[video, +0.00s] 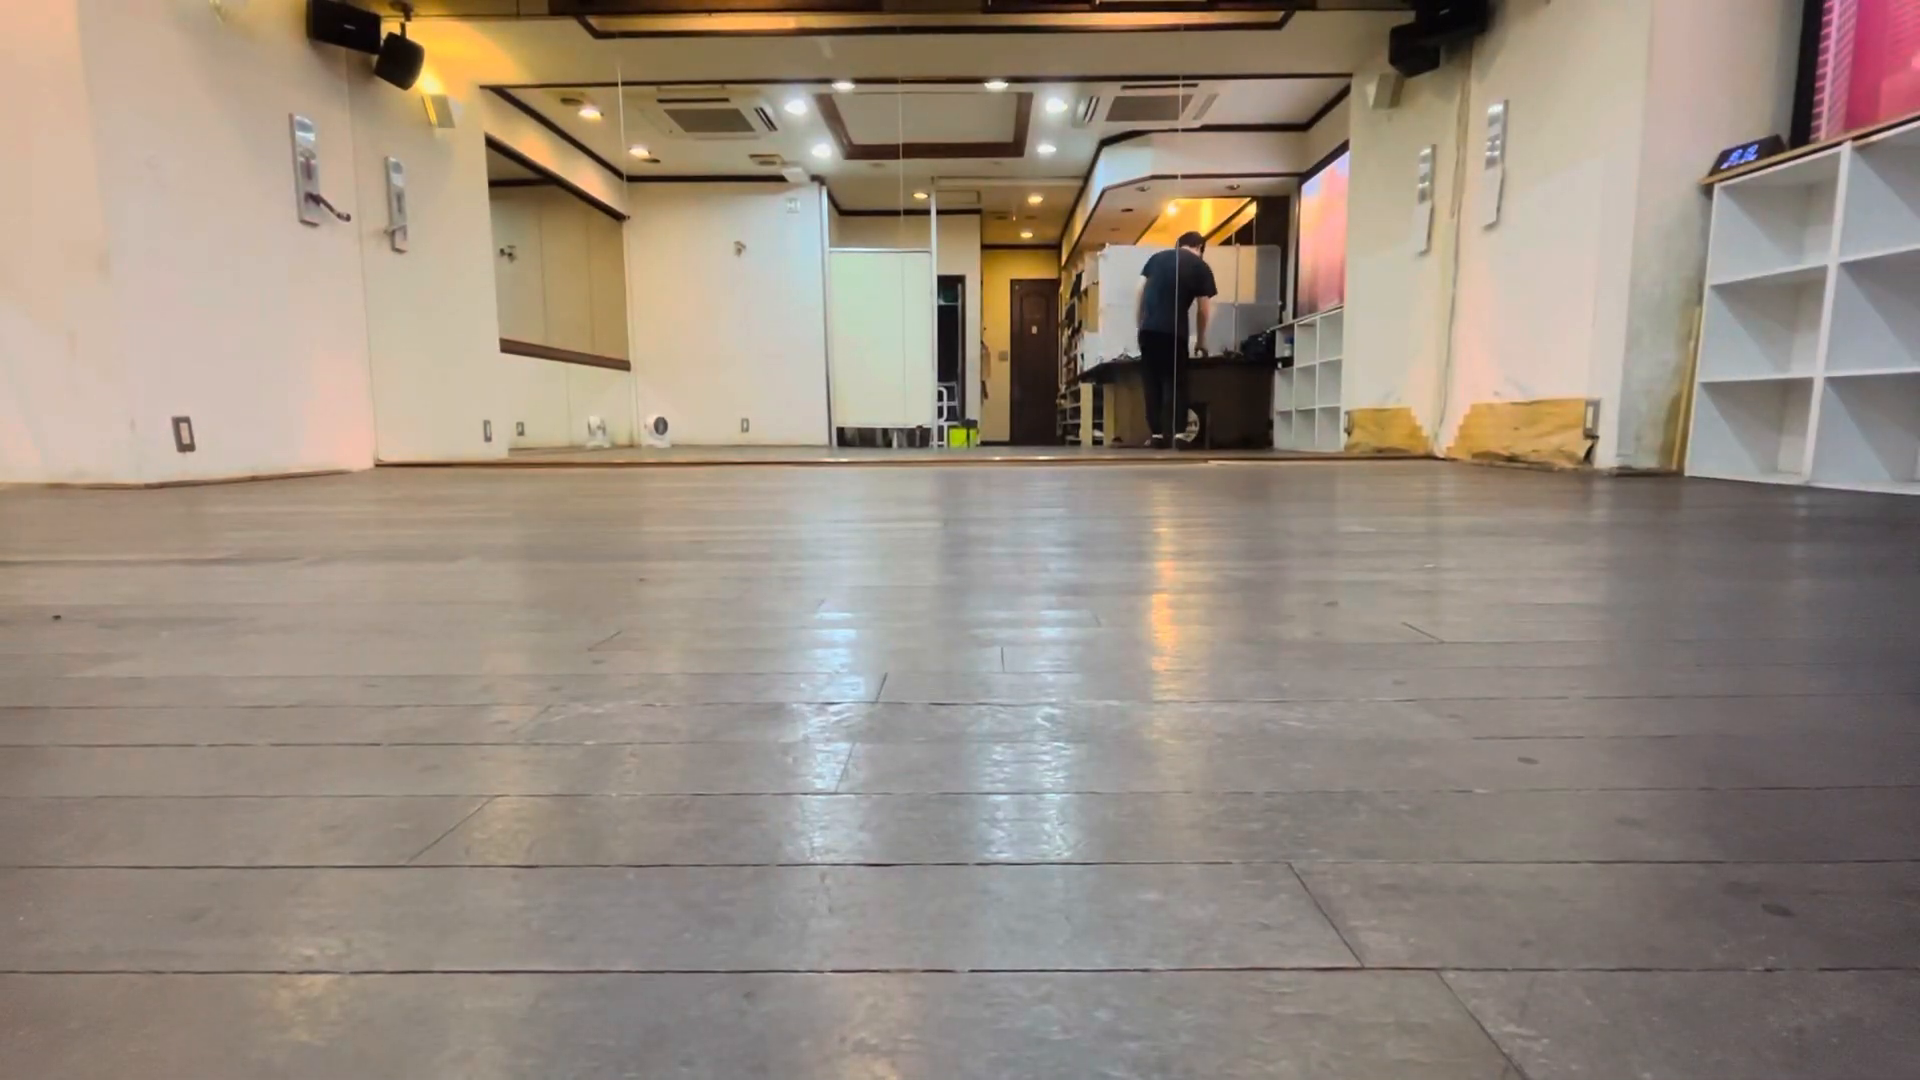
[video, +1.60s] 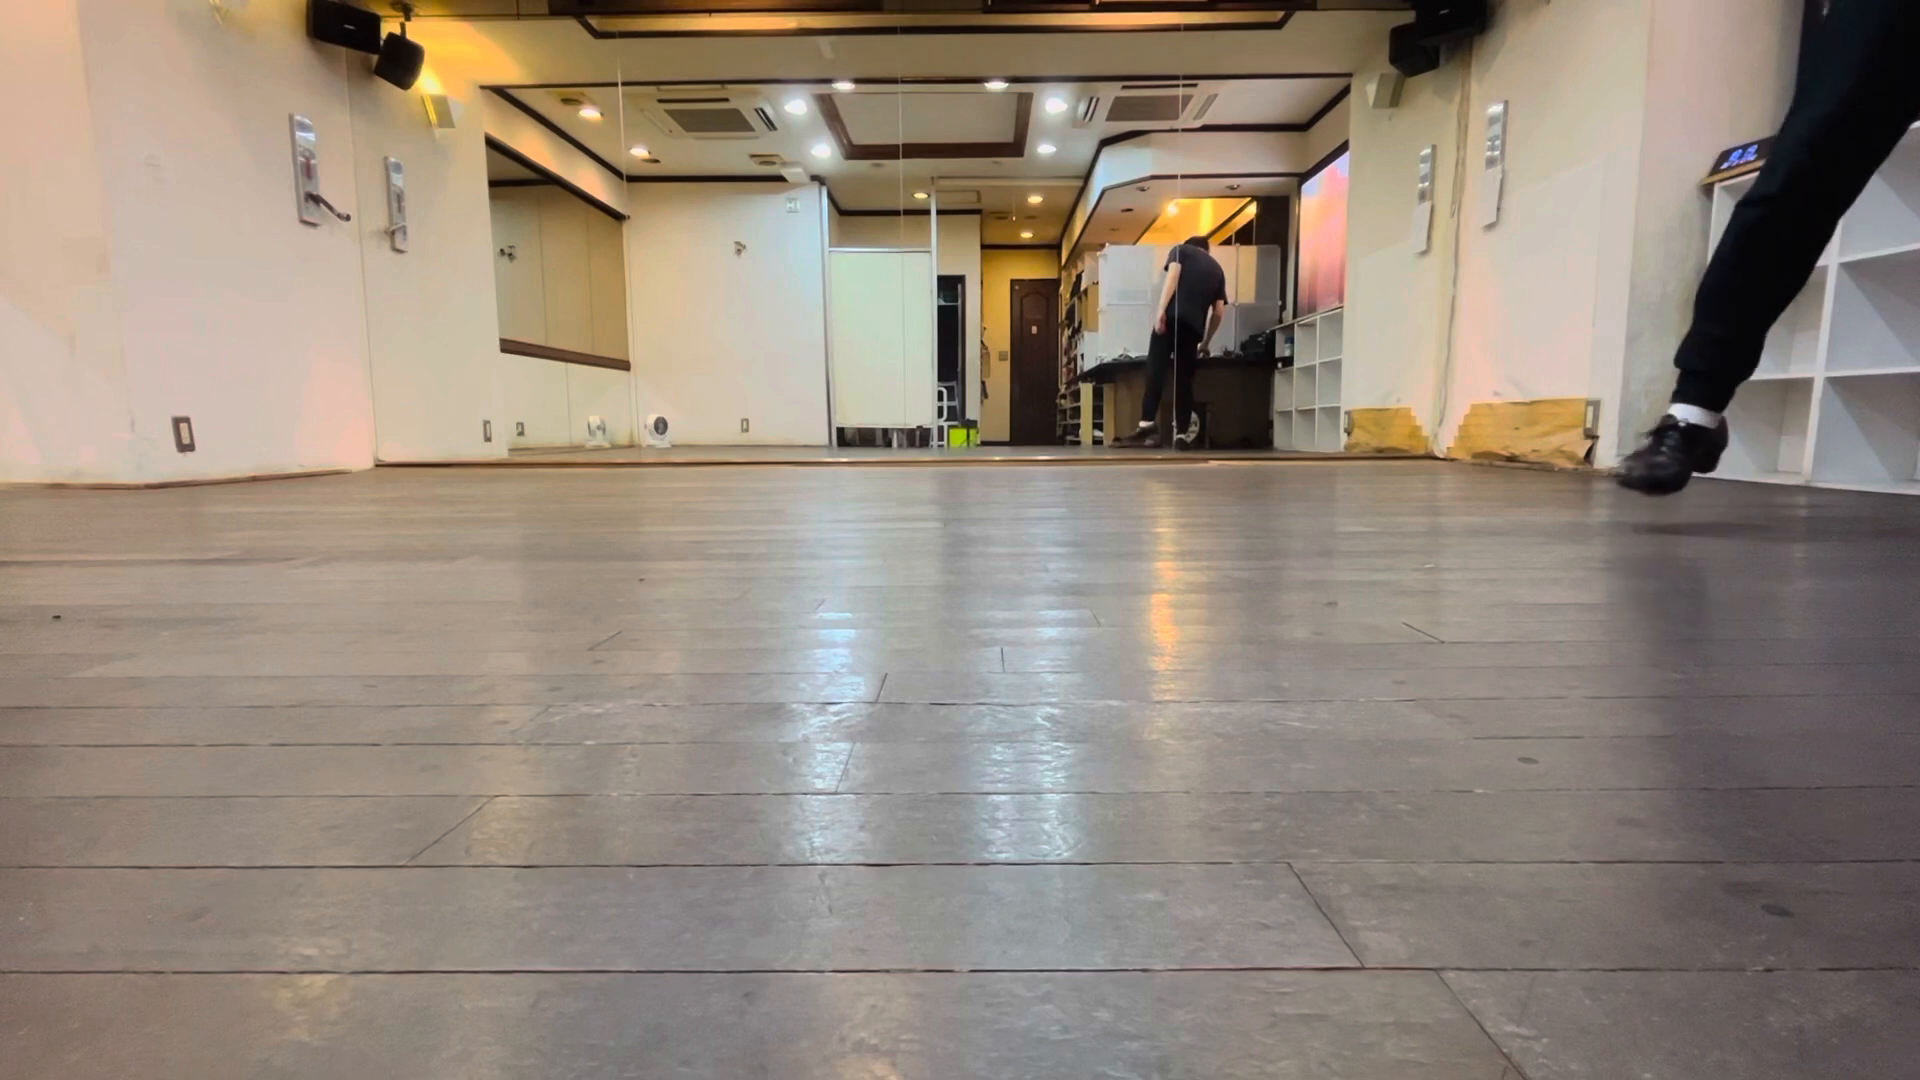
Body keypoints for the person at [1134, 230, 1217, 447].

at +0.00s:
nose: (1201, 254)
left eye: (1201, 251)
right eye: (1202, 251)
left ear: (1179, 244)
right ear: (1199, 248)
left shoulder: (1159, 257)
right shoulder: (1200, 267)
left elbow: (1142, 292)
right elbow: (1203, 310)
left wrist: (1141, 323)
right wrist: (1200, 341)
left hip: (1148, 331)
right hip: (1174, 333)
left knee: (1152, 381)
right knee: (1177, 381)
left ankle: (1156, 432)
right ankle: (1176, 432)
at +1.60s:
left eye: (1185, 245)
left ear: (1188, 245)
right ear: (1206, 250)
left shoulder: (1180, 250)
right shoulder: (1217, 269)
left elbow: (1173, 276)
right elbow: (1218, 313)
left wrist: (1161, 310)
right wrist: (1206, 342)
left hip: (1171, 318)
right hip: (1195, 326)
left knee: (1155, 367)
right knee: (1185, 379)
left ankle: (1147, 419)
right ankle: (1181, 432)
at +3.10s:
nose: (1160, 247)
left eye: (1161, 243)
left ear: (1164, 241)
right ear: (1183, 242)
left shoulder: (1160, 250)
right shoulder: (1196, 261)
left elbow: (1158, 280)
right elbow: (1205, 305)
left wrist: (1150, 318)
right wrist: (1201, 339)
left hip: (1154, 325)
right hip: (1179, 330)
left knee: (1139, 372)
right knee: (1178, 378)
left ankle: (1139, 428)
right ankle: (1182, 433)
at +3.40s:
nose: (1131, 250)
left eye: (1131, 247)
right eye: (1130, 247)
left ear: (1134, 243)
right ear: (1154, 241)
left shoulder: (1140, 253)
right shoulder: (1174, 259)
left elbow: (1148, 280)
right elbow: (1185, 294)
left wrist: (1159, 313)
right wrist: (1180, 321)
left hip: (1145, 326)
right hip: (1170, 327)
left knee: (1131, 376)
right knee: (1173, 378)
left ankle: (1120, 432)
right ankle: (1182, 432)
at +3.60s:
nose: (1108, 249)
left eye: (1107, 245)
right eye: (1107, 246)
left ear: (1110, 243)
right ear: (1130, 239)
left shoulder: (1116, 255)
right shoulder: (1149, 256)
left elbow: (1125, 282)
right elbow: (1164, 293)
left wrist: (1135, 317)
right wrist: (1160, 322)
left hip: (1127, 325)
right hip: (1152, 325)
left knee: (1115, 374)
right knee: (1156, 374)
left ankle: (1117, 434)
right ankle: (1172, 429)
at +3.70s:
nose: (1099, 249)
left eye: (1098, 245)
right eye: (1098, 246)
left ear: (1102, 242)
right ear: (1121, 238)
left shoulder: (1107, 256)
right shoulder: (1140, 257)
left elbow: (1110, 287)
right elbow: (1155, 292)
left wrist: (1111, 324)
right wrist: (1152, 327)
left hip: (1119, 326)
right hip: (1142, 326)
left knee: (1110, 376)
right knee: (1139, 372)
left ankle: (1116, 434)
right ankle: (1165, 420)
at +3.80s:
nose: (1091, 245)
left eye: (1091, 241)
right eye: (1091, 241)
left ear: (1094, 239)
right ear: (1112, 237)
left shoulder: (1098, 256)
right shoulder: (1132, 256)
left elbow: (1095, 293)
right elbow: (1146, 293)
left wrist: (1087, 331)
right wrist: (1145, 329)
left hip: (1110, 328)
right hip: (1132, 328)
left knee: (1108, 378)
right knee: (1126, 373)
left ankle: (1117, 434)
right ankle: (1139, 418)